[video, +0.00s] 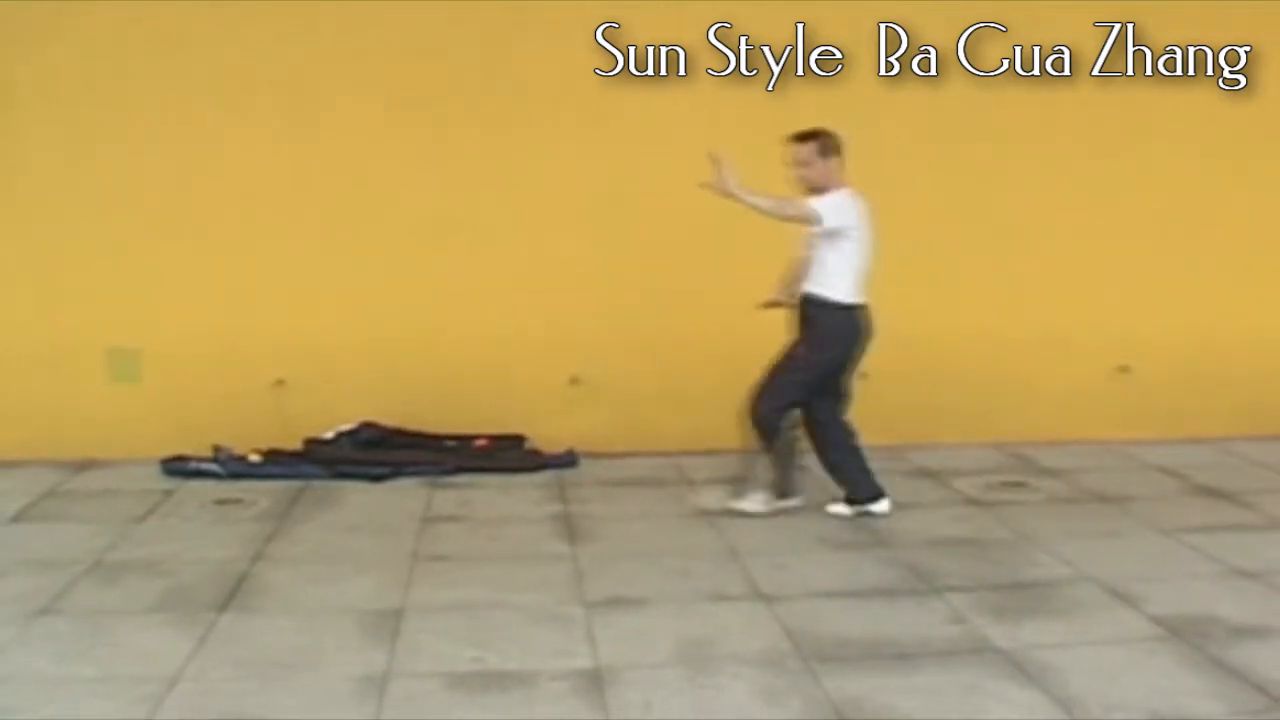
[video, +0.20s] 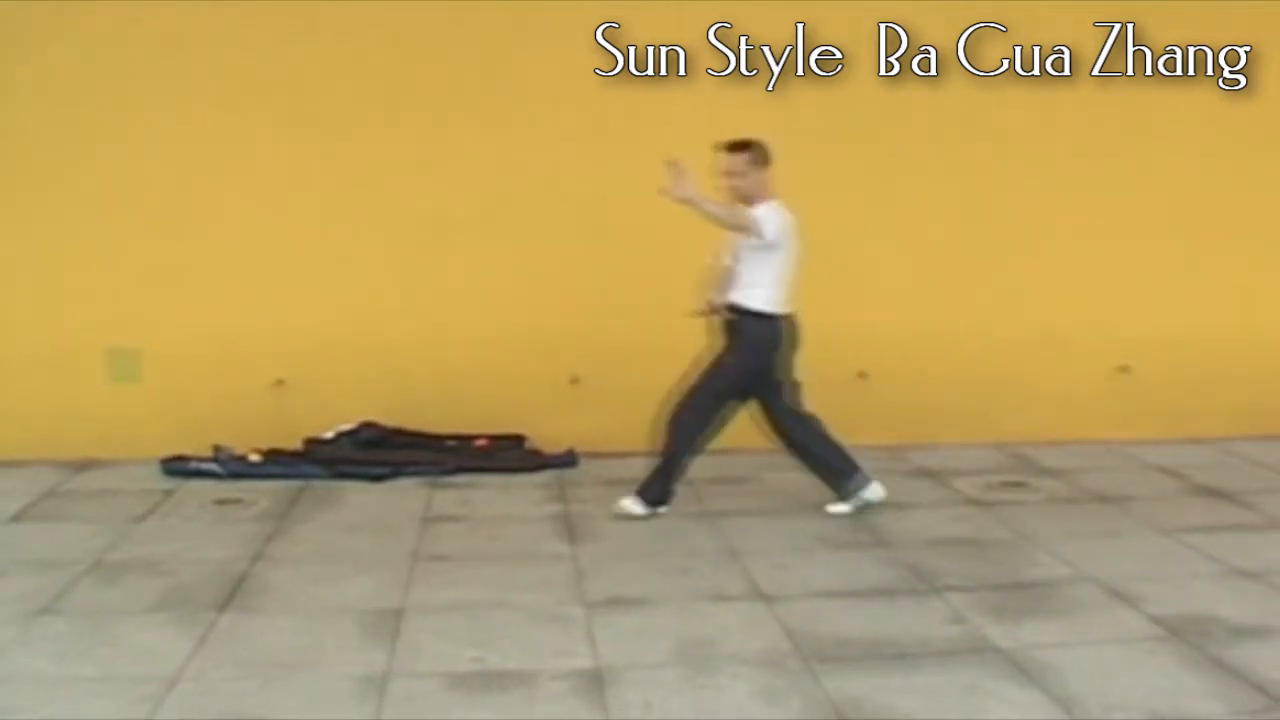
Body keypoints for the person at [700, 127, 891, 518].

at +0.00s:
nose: (799, 174)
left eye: (806, 164)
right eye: (796, 165)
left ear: (832, 163)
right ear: (826, 167)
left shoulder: (843, 205)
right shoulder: (836, 207)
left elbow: (790, 210)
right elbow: (817, 260)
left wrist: (735, 191)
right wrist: (790, 293)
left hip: (833, 320)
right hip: (836, 318)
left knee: (769, 405)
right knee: (821, 412)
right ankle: (865, 494)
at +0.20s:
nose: (731, 183)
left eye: (738, 174)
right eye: (727, 175)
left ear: (762, 173)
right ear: (729, 176)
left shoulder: (774, 216)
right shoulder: (754, 220)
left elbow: (735, 220)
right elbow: (745, 272)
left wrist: (691, 197)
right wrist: (721, 300)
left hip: (762, 331)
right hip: (753, 329)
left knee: (691, 417)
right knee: (787, 418)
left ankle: (653, 496)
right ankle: (856, 484)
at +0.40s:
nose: (661, 172)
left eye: (670, 164)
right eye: (656, 164)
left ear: (690, 164)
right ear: (650, 166)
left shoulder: (706, 206)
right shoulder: (659, 209)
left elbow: (691, 216)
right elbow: (644, 257)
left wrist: (653, 188)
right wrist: (638, 286)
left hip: (684, 316)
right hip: (658, 312)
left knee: (640, 411)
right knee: (646, 412)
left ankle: (645, 496)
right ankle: (722, 451)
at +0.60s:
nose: (601, 175)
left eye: (608, 165)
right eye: (593, 167)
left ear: (627, 165)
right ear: (586, 171)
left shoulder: (638, 210)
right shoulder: (582, 217)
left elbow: (645, 220)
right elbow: (563, 264)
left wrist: (625, 190)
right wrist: (572, 294)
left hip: (623, 321)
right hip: (587, 321)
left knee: (607, 418)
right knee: (541, 410)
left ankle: (643, 496)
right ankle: (502, 496)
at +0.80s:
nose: (528, 180)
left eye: (536, 172)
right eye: (521, 172)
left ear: (550, 175)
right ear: (511, 175)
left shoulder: (561, 215)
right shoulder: (503, 222)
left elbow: (581, 220)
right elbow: (483, 274)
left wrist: (582, 191)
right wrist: (492, 306)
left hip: (545, 330)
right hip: (502, 329)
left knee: (551, 433)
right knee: (452, 429)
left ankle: (620, 481)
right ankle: (431, 521)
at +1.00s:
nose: (475, 165)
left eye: (483, 157)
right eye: (467, 157)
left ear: (495, 159)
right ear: (453, 158)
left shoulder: (507, 201)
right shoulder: (437, 209)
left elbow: (542, 199)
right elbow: (416, 265)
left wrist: (560, 174)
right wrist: (437, 298)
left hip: (489, 313)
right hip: (444, 312)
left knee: (441, 424)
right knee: (416, 424)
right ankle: (428, 522)